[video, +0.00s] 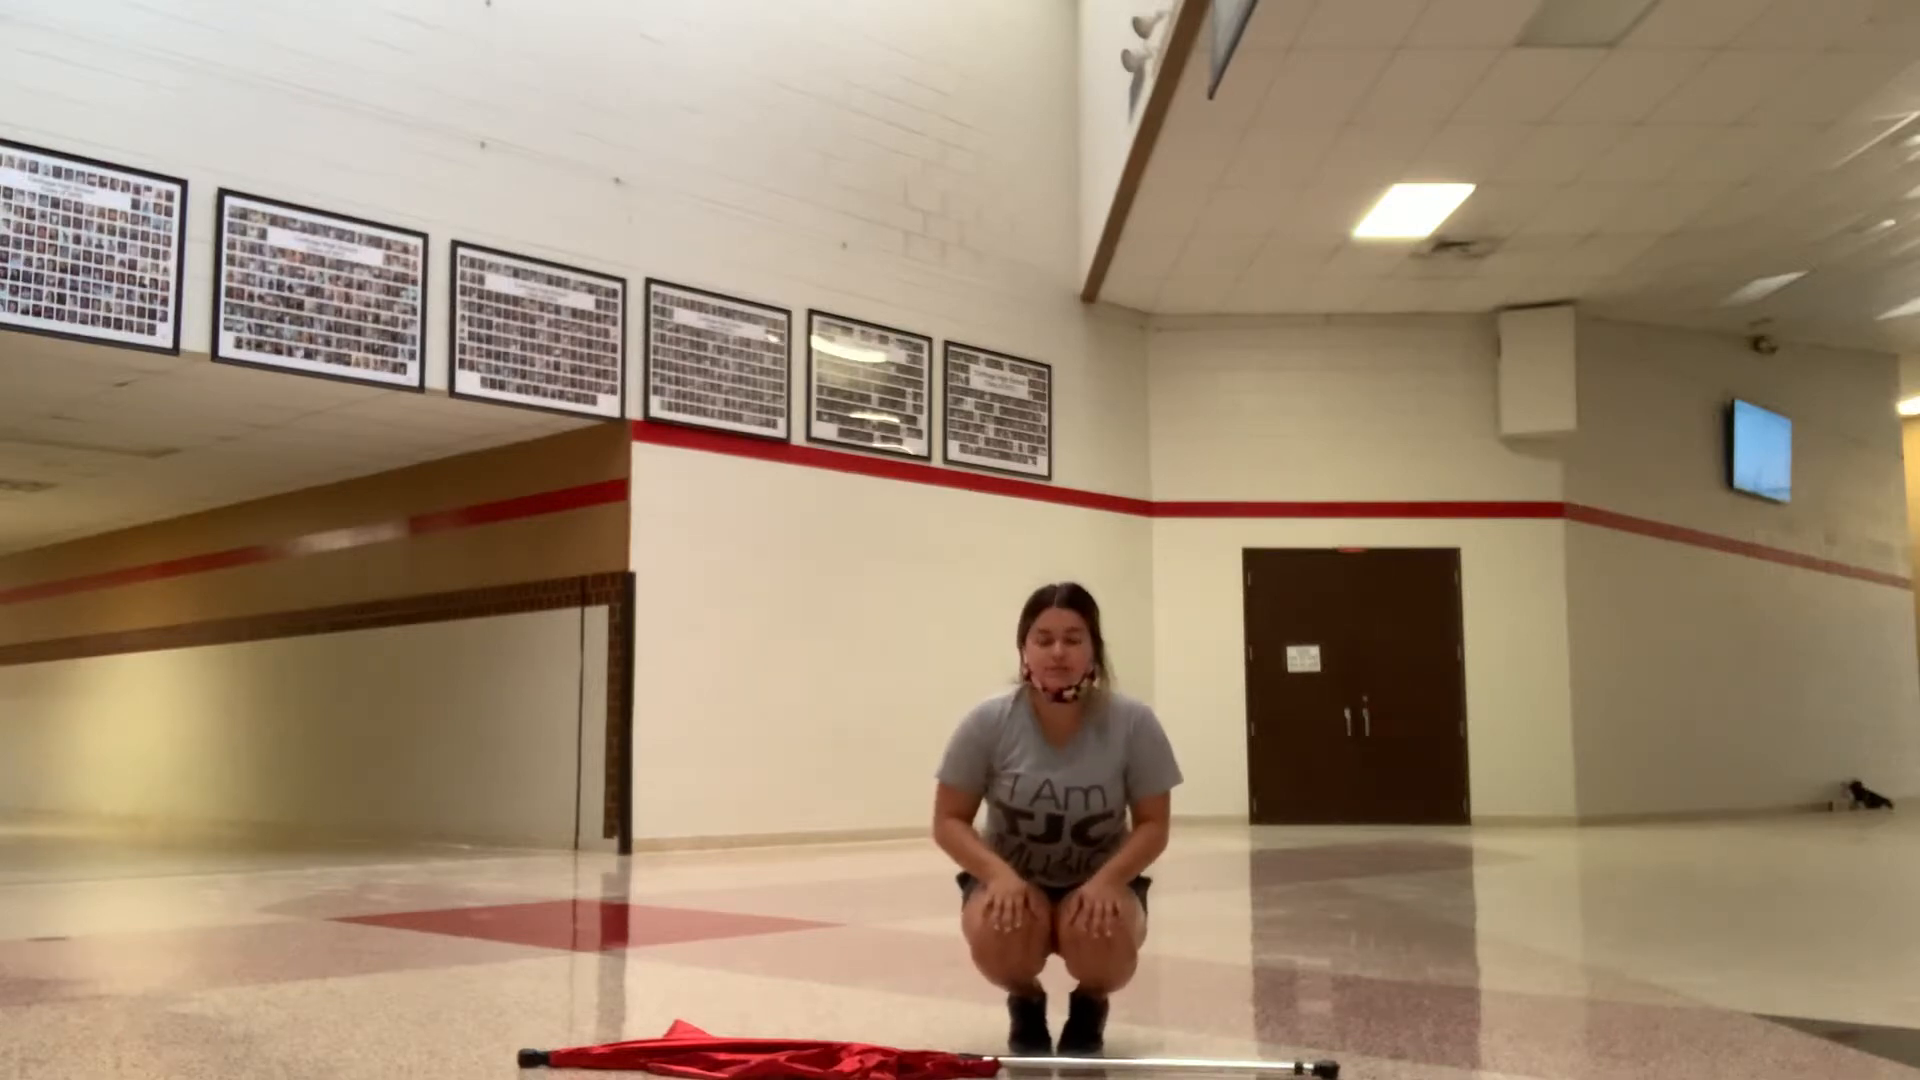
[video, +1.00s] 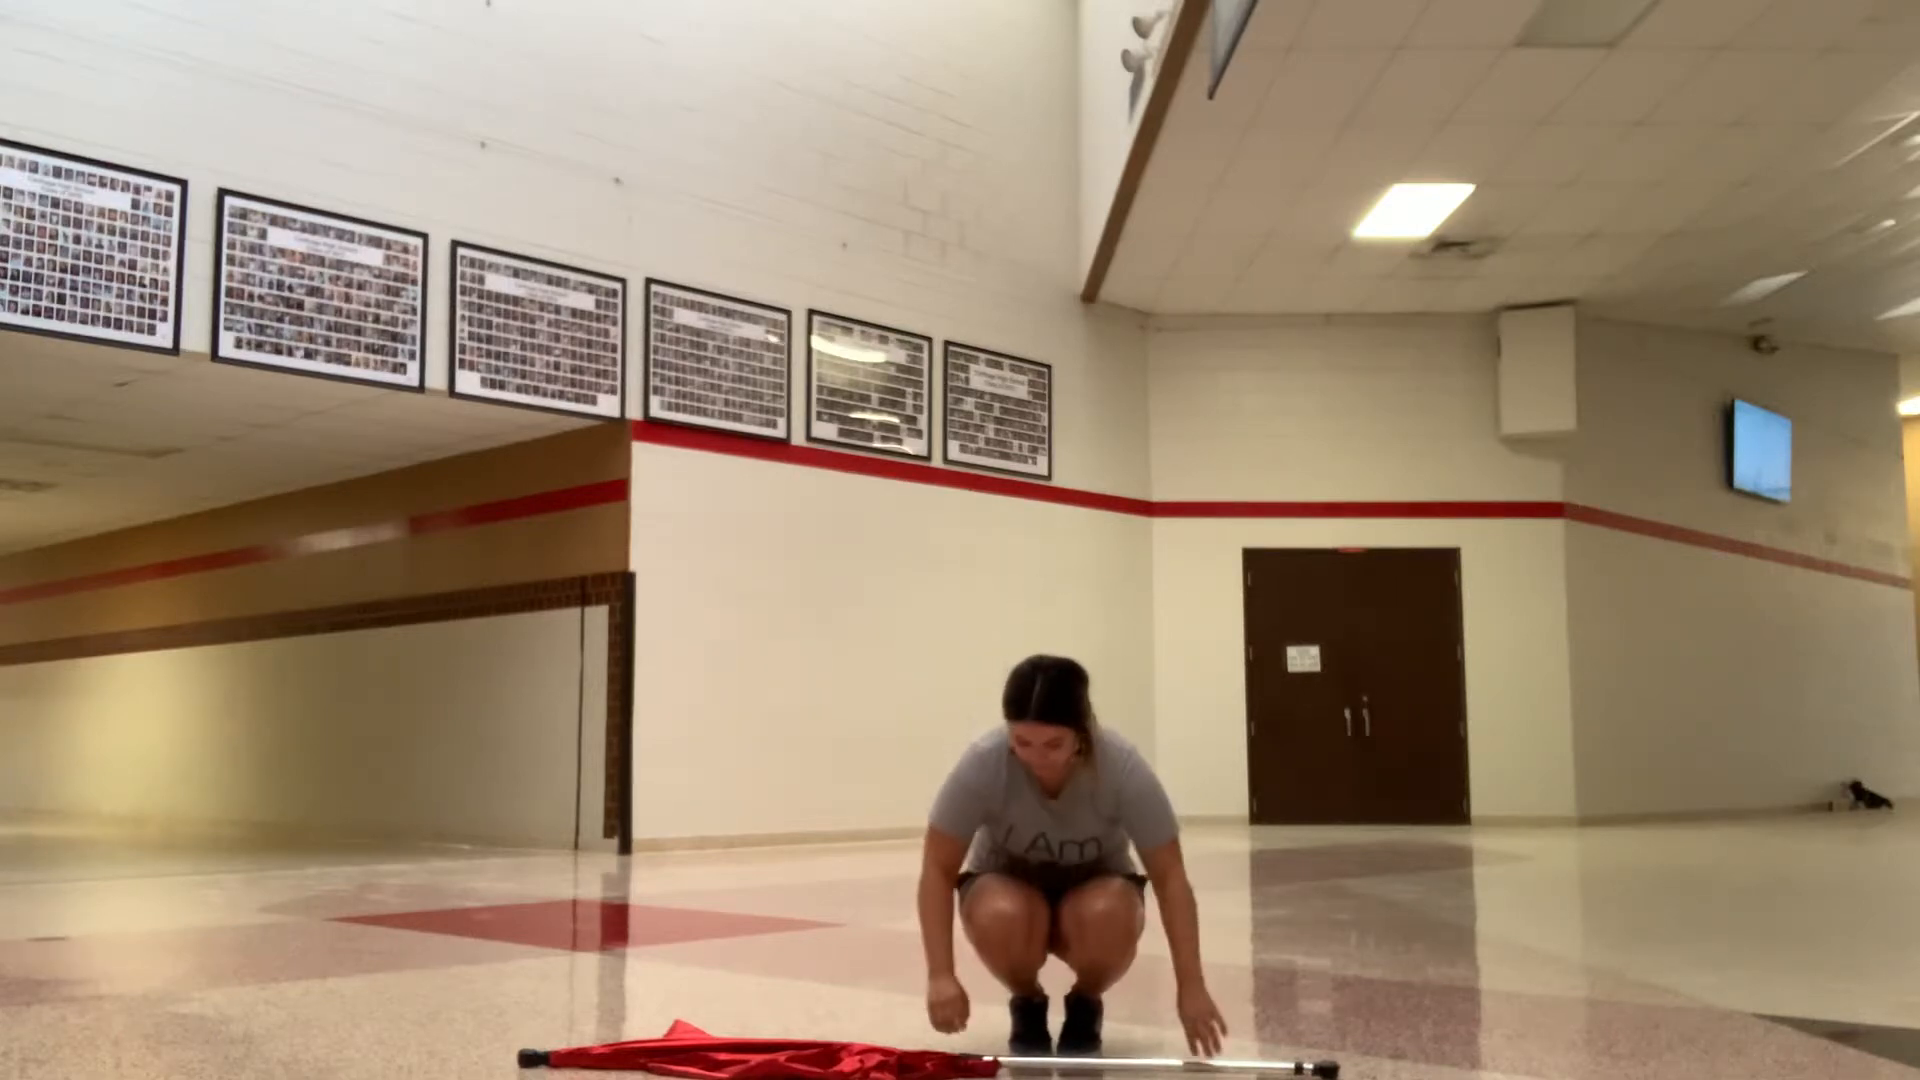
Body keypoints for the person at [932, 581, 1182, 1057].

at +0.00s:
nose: (1058, 653)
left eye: (1072, 640)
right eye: (1044, 640)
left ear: (1094, 652)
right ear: (1023, 651)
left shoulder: (1132, 724)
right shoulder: (989, 724)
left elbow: (1154, 826)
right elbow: (948, 823)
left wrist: (1106, 880)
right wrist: (999, 874)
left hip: (1100, 884)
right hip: (1012, 883)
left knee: (1102, 931)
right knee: (1000, 928)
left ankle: (1090, 1005)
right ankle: (1024, 1002)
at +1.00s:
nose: (1038, 759)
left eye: (1053, 745)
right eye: (1023, 743)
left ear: (1081, 733)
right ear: (1010, 729)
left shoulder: (1122, 770)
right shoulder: (983, 766)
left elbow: (1169, 878)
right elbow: (938, 869)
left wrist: (1192, 987)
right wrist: (941, 976)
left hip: (1094, 886)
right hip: (1009, 885)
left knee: (1107, 915)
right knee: (1000, 916)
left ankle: (1086, 1002)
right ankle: (1026, 1001)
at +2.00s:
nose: (1023, 788)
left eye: (1038, 776)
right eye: (1009, 775)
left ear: (1068, 758)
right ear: (996, 758)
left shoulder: (1116, 783)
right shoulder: (974, 785)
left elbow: (1156, 903)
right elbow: (937, 903)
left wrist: (1178, 1016)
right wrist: (917, 1014)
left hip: (1089, 913)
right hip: (1017, 912)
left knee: (1106, 913)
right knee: (992, 911)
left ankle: (1084, 1004)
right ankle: (1025, 1004)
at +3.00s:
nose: (1051, 806)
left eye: (1067, 790)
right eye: (1034, 791)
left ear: (1085, 772)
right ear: (1012, 774)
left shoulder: (1124, 791)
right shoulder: (975, 787)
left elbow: (1155, 910)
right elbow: (940, 903)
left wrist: (1174, 1024)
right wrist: (924, 1018)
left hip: (1092, 905)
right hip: (1018, 906)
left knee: (1099, 922)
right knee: (986, 915)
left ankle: (1080, 1002)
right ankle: (1028, 1002)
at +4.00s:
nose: (1046, 804)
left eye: (1062, 789)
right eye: (1030, 789)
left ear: (1081, 770)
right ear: (1010, 773)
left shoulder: (1121, 788)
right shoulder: (975, 786)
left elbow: (1156, 906)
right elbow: (942, 902)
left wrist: (1173, 1022)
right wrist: (924, 1017)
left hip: (1092, 909)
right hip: (1019, 909)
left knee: (1102, 920)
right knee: (987, 917)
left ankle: (1082, 1004)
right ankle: (1032, 1002)